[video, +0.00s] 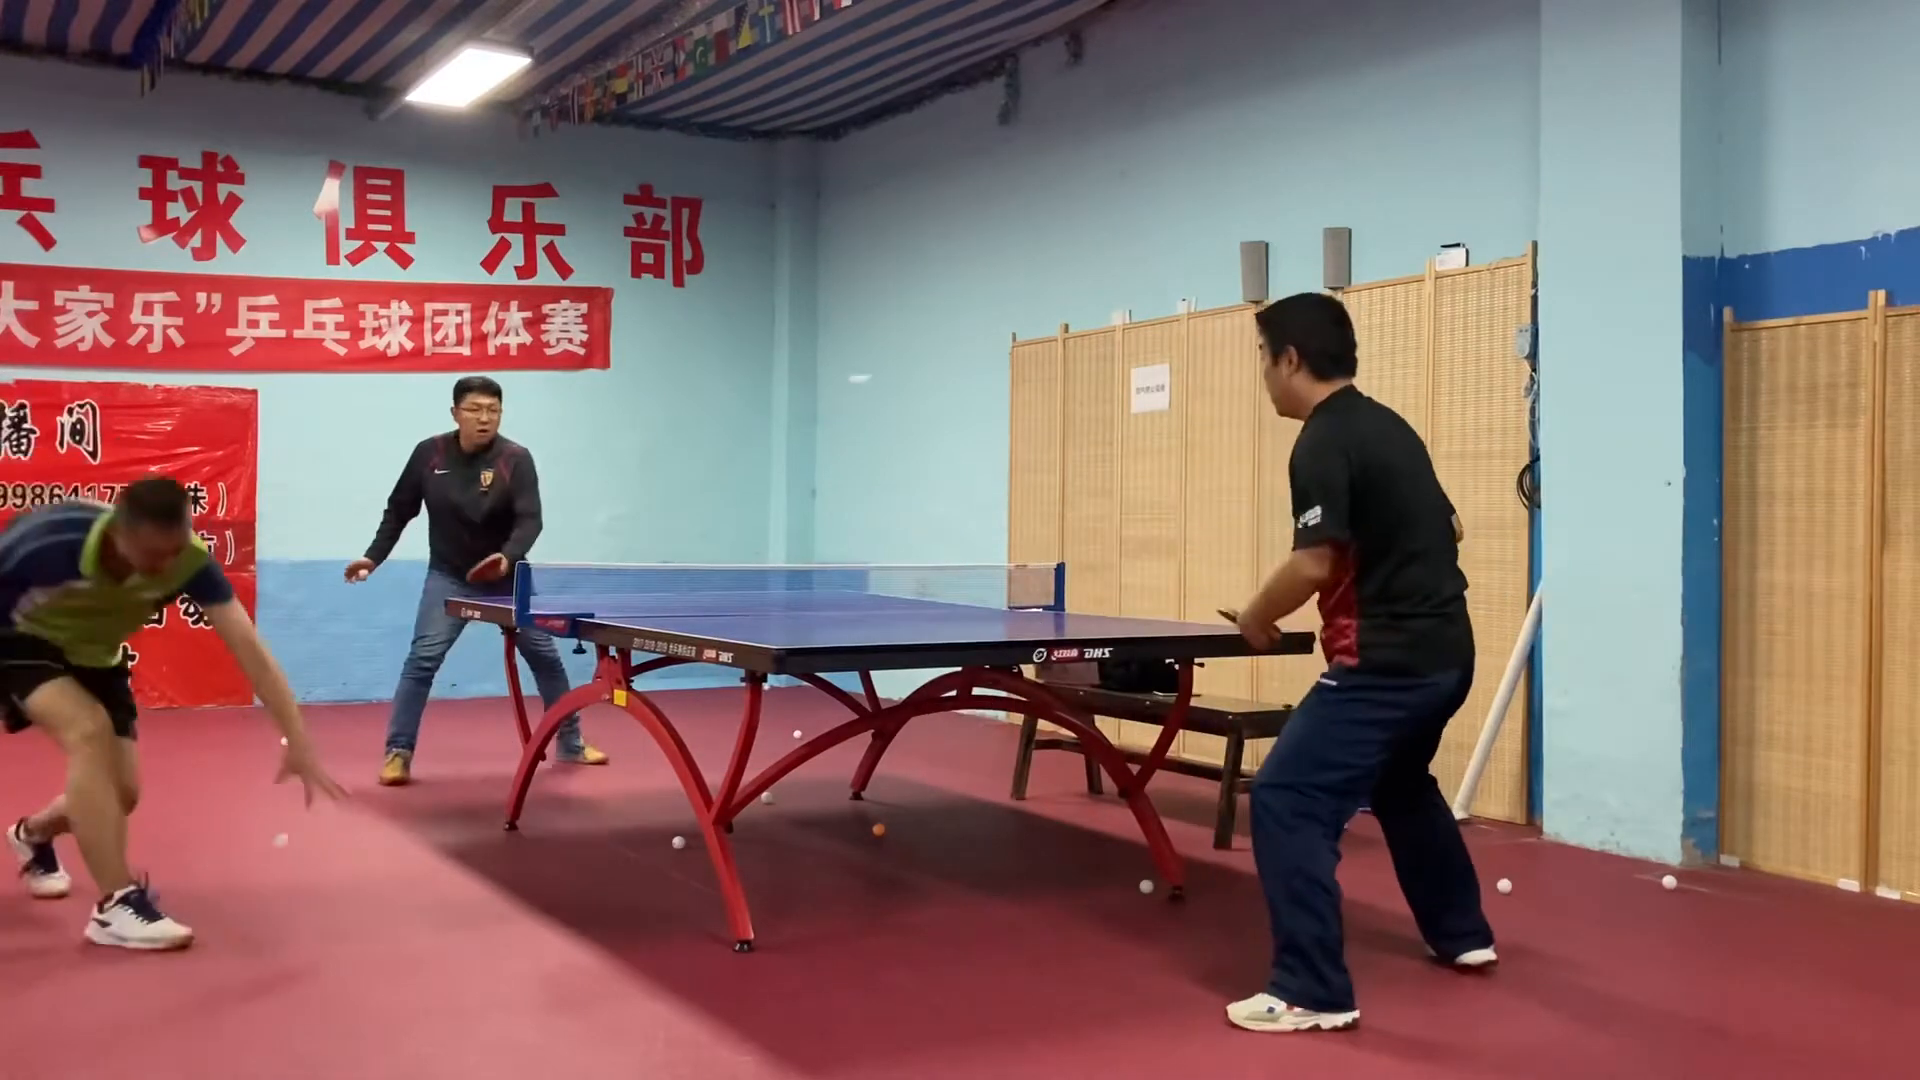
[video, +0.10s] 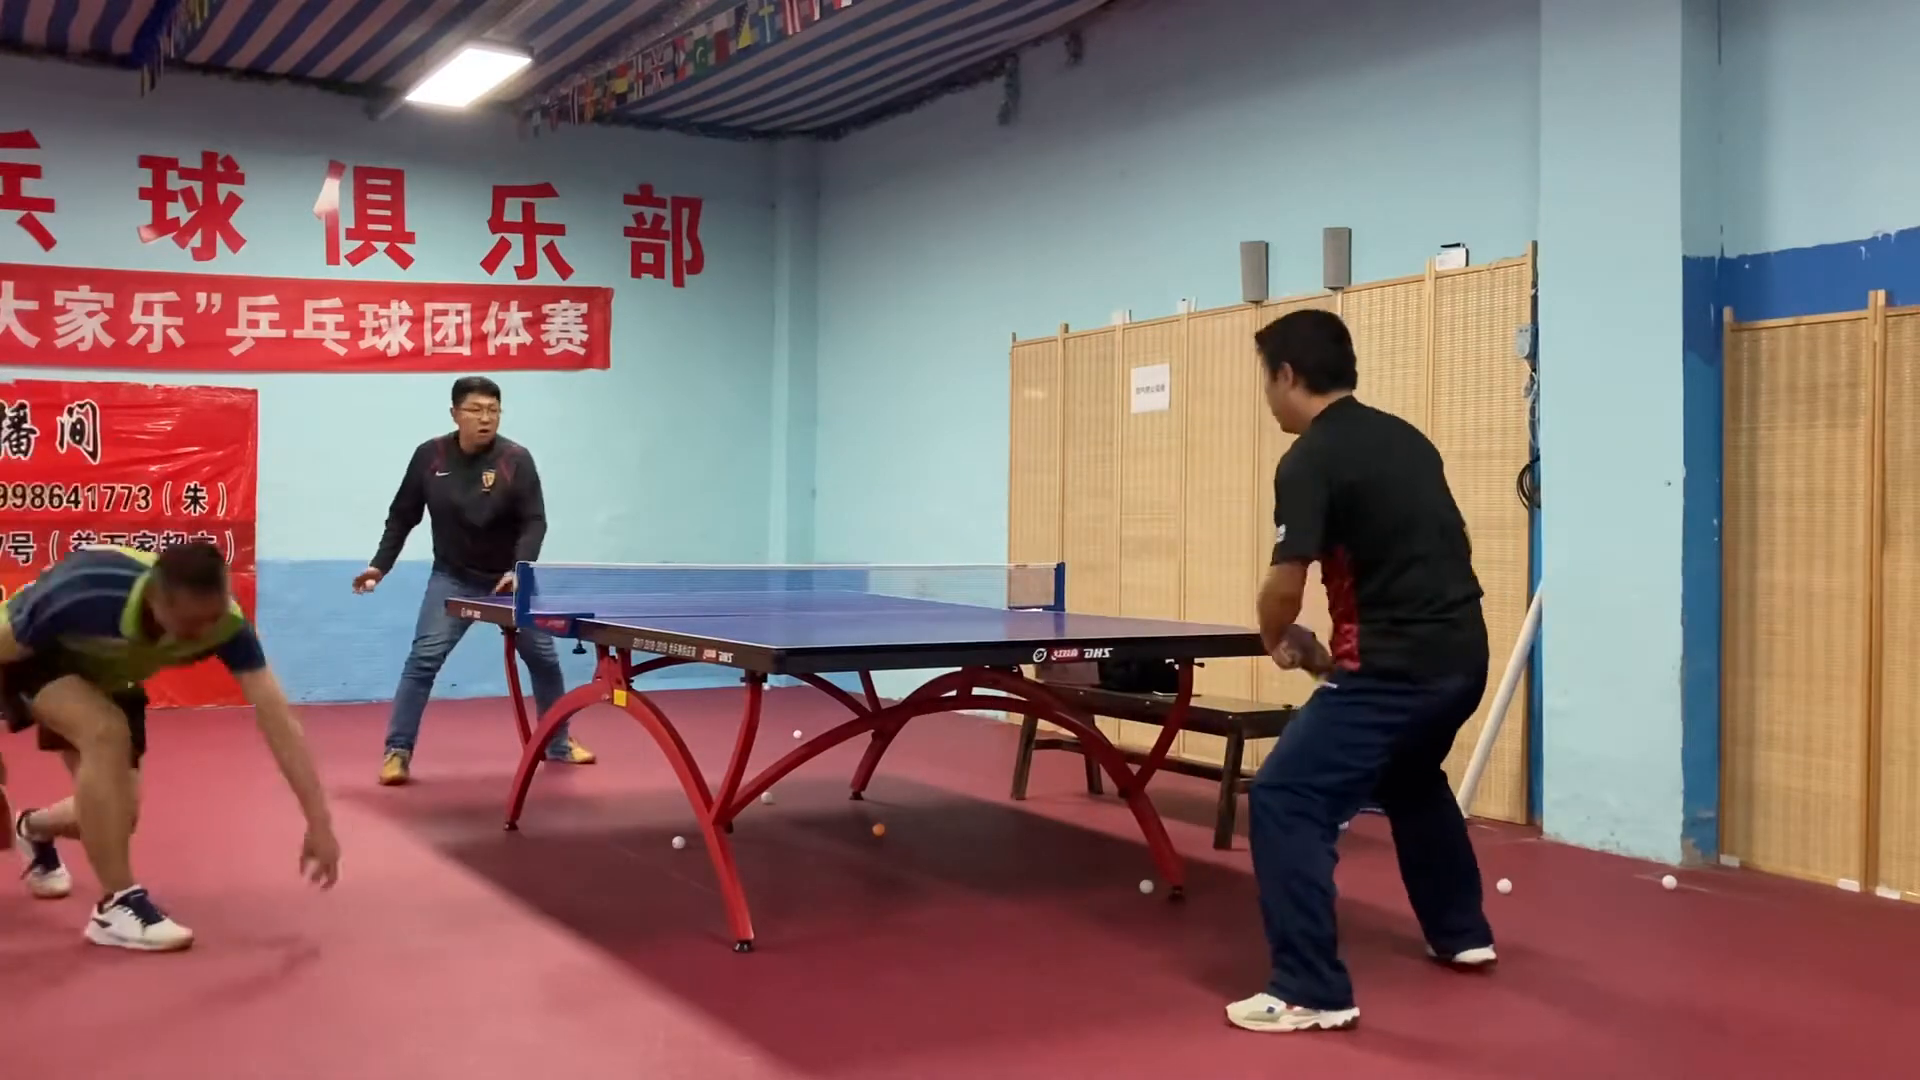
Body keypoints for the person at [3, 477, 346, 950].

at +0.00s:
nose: (162, 565)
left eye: (173, 553)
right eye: (151, 554)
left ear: (185, 533)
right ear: (119, 535)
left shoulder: (191, 560)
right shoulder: (49, 545)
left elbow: (246, 644)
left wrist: (298, 739)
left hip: (98, 656)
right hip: (23, 643)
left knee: (120, 794)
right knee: (89, 732)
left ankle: (33, 833)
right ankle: (117, 902)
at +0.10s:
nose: (202, 631)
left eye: (211, 619)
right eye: (190, 621)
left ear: (223, 600)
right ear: (157, 600)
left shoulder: (228, 625)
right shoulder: (83, 595)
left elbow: (277, 719)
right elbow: (2, 646)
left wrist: (319, 822)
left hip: (118, 679)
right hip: (39, 655)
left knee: (115, 820)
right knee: (106, 730)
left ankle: (33, 827)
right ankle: (118, 901)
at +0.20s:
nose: (210, 691)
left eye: (222, 680)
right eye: (200, 681)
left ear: (239, 653)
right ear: (171, 652)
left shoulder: (245, 660)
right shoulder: (100, 624)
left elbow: (274, 770)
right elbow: (5, 674)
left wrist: (298, 878)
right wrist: (9, 783)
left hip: (118, 675)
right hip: (33, 645)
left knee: (87, 821)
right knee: (119, 731)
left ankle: (32, 828)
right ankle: (118, 902)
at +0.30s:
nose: (209, 701)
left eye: (223, 694)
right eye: (199, 693)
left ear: (243, 665)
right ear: (175, 658)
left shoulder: (254, 669)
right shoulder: (110, 630)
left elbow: (264, 775)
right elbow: (11, 670)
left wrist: (270, 882)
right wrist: (12, 778)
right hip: (50, 633)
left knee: (85, 807)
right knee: (126, 731)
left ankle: (22, 824)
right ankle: (120, 901)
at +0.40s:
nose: (213, 677)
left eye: (223, 666)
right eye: (201, 667)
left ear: (239, 644)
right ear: (176, 641)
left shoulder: (257, 642)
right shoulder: (104, 609)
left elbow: (252, 749)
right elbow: (13, 650)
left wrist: (243, 848)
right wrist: (11, 752)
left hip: (149, 654)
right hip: (68, 623)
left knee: (104, 790)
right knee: (126, 733)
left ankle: (33, 822)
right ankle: (122, 899)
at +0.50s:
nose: (208, 626)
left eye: (217, 613)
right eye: (196, 615)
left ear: (231, 591)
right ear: (167, 589)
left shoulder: (254, 603)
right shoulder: (103, 570)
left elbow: (244, 698)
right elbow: (13, 625)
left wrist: (226, 796)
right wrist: (9, 727)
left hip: (158, 650)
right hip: (77, 620)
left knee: (119, 773)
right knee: (127, 727)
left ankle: (47, 820)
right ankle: (122, 899)